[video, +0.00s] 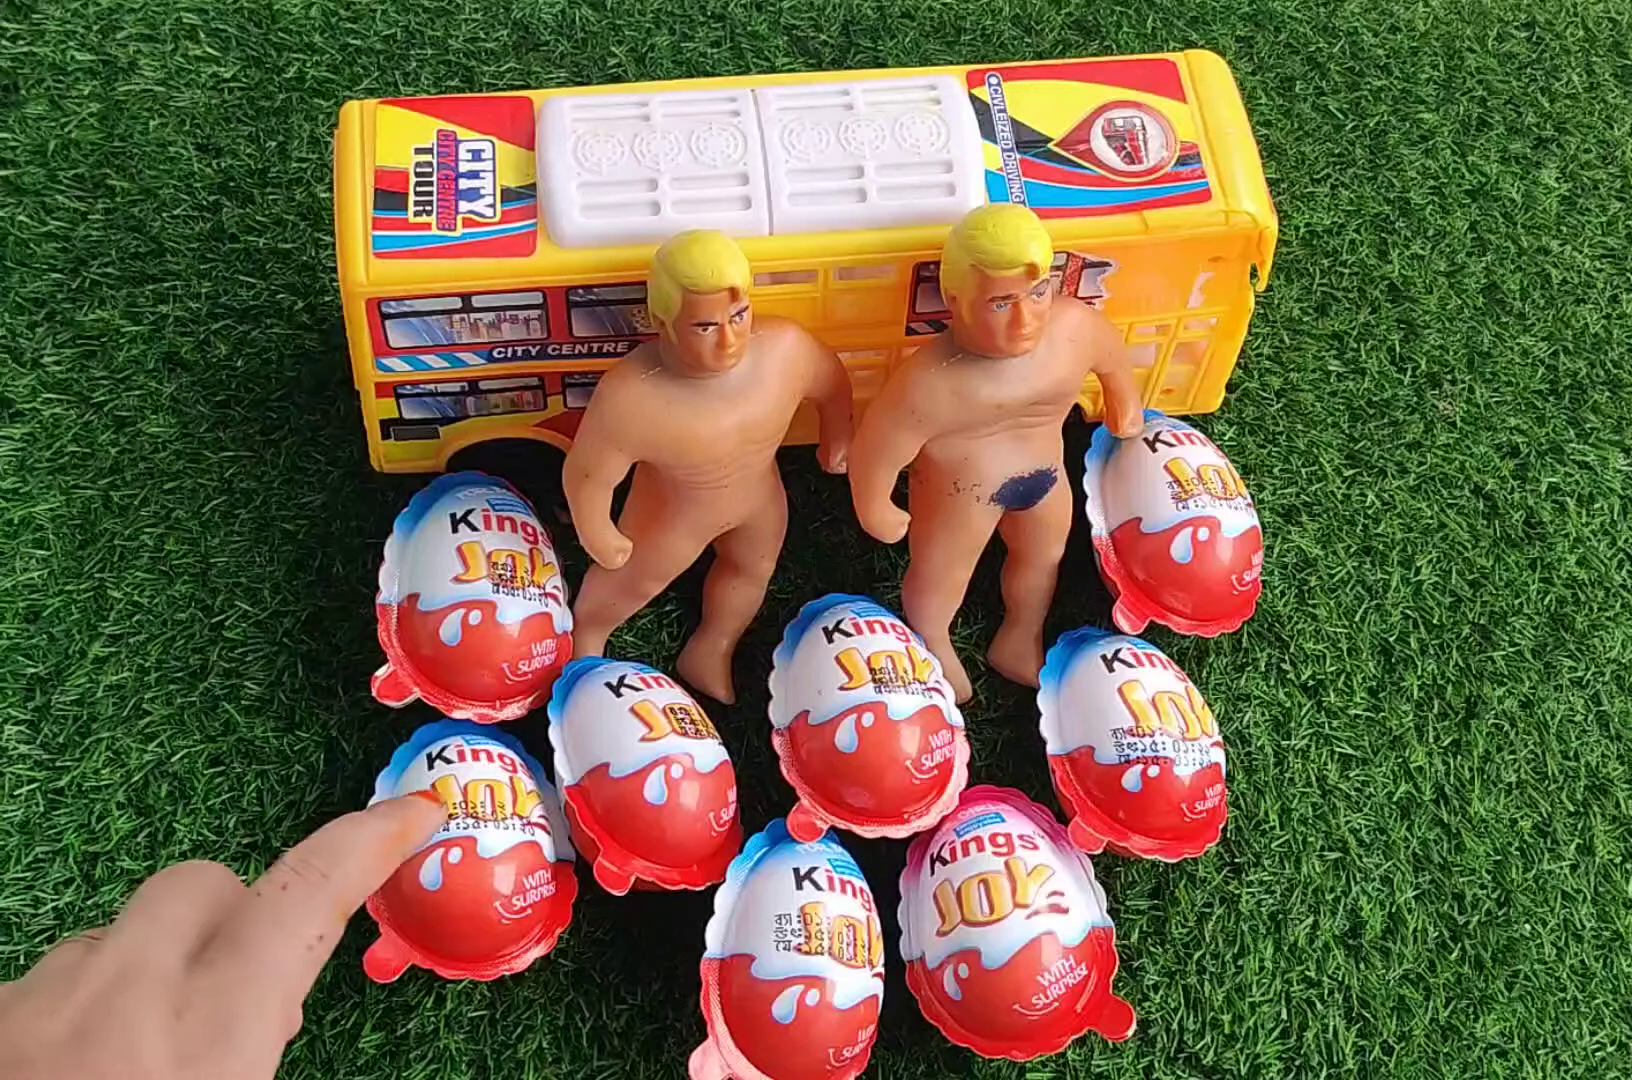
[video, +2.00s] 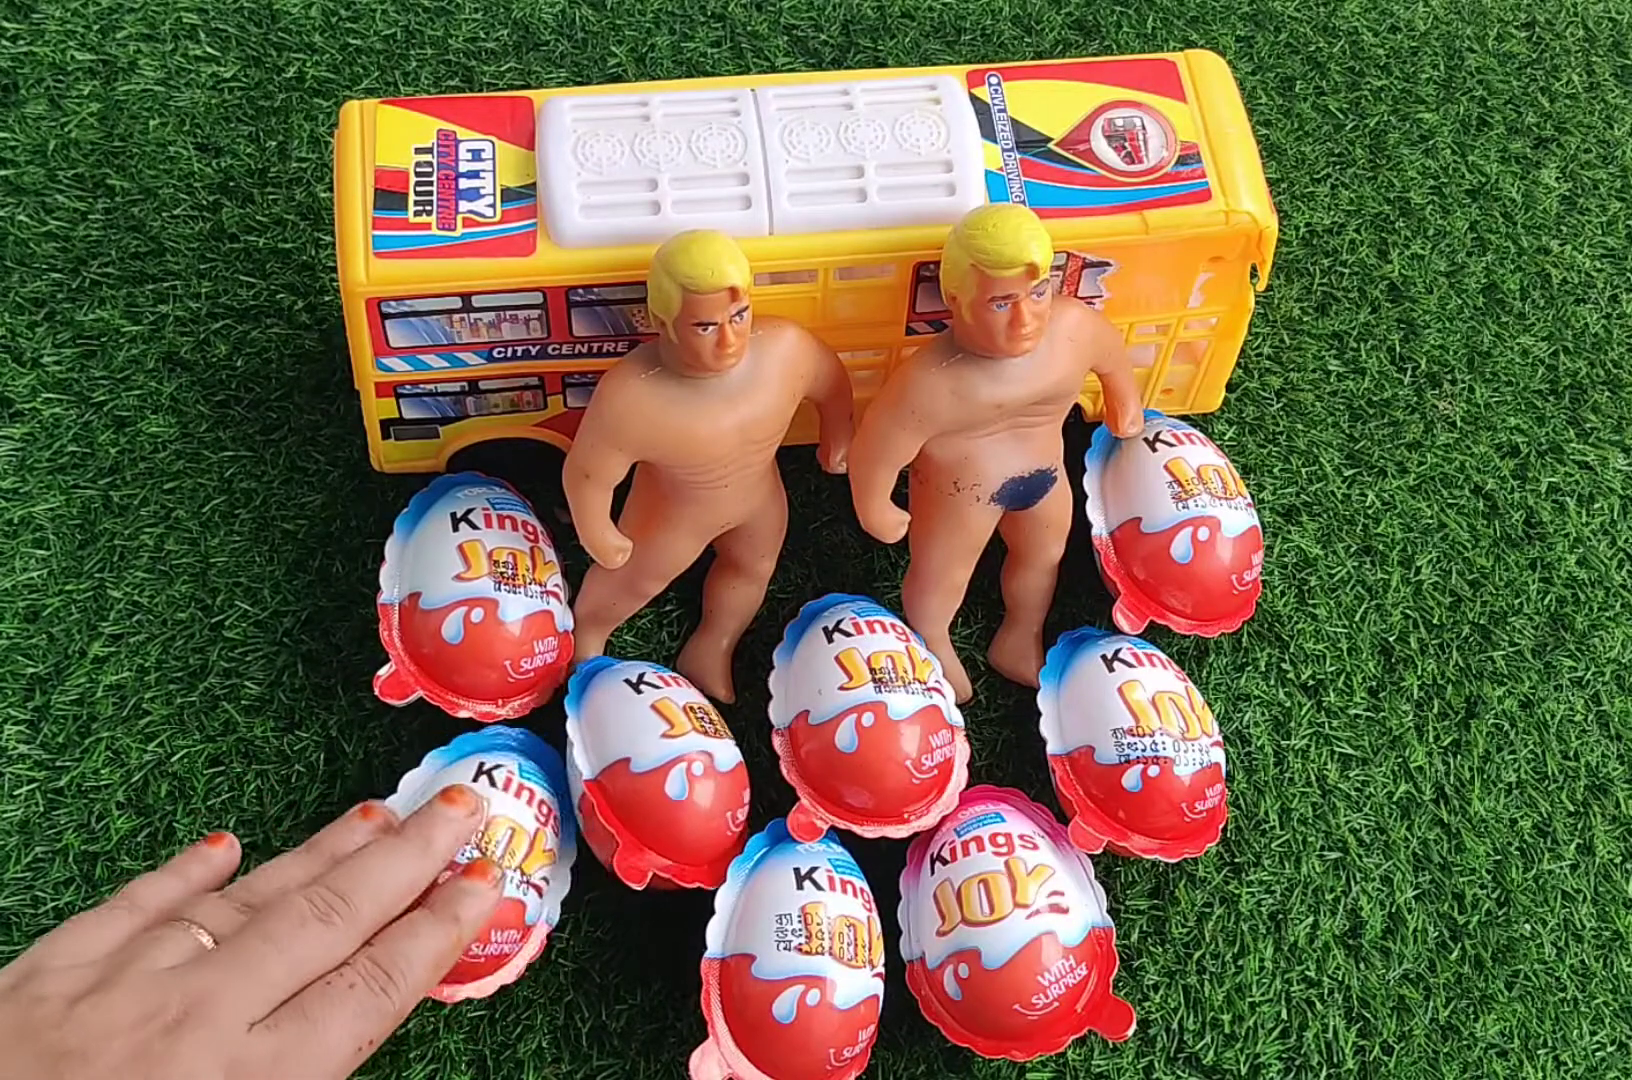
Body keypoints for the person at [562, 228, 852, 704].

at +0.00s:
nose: (728, 339)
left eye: (739, 316)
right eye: (705, 326)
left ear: (750, 302)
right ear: (662, 324)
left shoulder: (789, 350)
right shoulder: (629, 397)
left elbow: (834, 387)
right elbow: (588, 476)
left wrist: (837, 440)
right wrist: (600, 538)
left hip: (759, 496)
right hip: (672, 511)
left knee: (749, 574)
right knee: (630, 585)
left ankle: (711, 651)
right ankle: (589, 631)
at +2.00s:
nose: (728, 339)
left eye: (739, 316)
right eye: (705, 326)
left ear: (751, 301)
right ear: (660, 324)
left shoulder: (789, 350)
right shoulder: (629, 397)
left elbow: (834, 387)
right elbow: (587, 475)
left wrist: (837, 439)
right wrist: (601, 538)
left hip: (759, 496)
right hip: (673, 511)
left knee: (749, 574)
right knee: (632, 584)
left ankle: (712, 649)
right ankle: (590, 629)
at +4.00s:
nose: (729, 339)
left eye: (739, 316)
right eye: (705, 326)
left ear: (751, 302)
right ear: (663, 324)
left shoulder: (790, 350)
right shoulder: (630, 395)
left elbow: (834, 388)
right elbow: (587, 476)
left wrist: (837, 437)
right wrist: (601, 541)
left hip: (759, 496)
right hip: (673, 512)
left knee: (751, 573)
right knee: (633, 585)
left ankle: (725, 651)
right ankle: (589, 633)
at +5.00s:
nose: (729, 339)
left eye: (738, 316)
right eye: (705, 326)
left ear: (750, 303)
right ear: (662, 325)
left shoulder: (787, 350)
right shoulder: (628, 398)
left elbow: (833, 386)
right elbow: (586, 478)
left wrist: (836, 442)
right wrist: (601, 542)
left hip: (758, 502)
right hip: (670, 515)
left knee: (756, 587)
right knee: (637, 597)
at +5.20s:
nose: (728, 339)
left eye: (738, 315)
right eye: (705, 326)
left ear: (749, 301)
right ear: (663, 324)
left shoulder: (787, 350)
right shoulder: (628, 398)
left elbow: (833, 388)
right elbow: (585, 481)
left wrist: (835, 446)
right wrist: (606, 548)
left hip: (762, 540)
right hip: (665, 552)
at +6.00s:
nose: (728, 340)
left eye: (738, 316)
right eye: (705, 327)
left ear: (750, 302)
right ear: (661, 324)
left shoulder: (788, 350)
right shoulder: (628, 399)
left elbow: (833, 389)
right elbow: (585, 479)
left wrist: (836, 445)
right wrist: (601, 541)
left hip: (758, 510)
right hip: (670, 524)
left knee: (762, 612)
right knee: (657, 627)